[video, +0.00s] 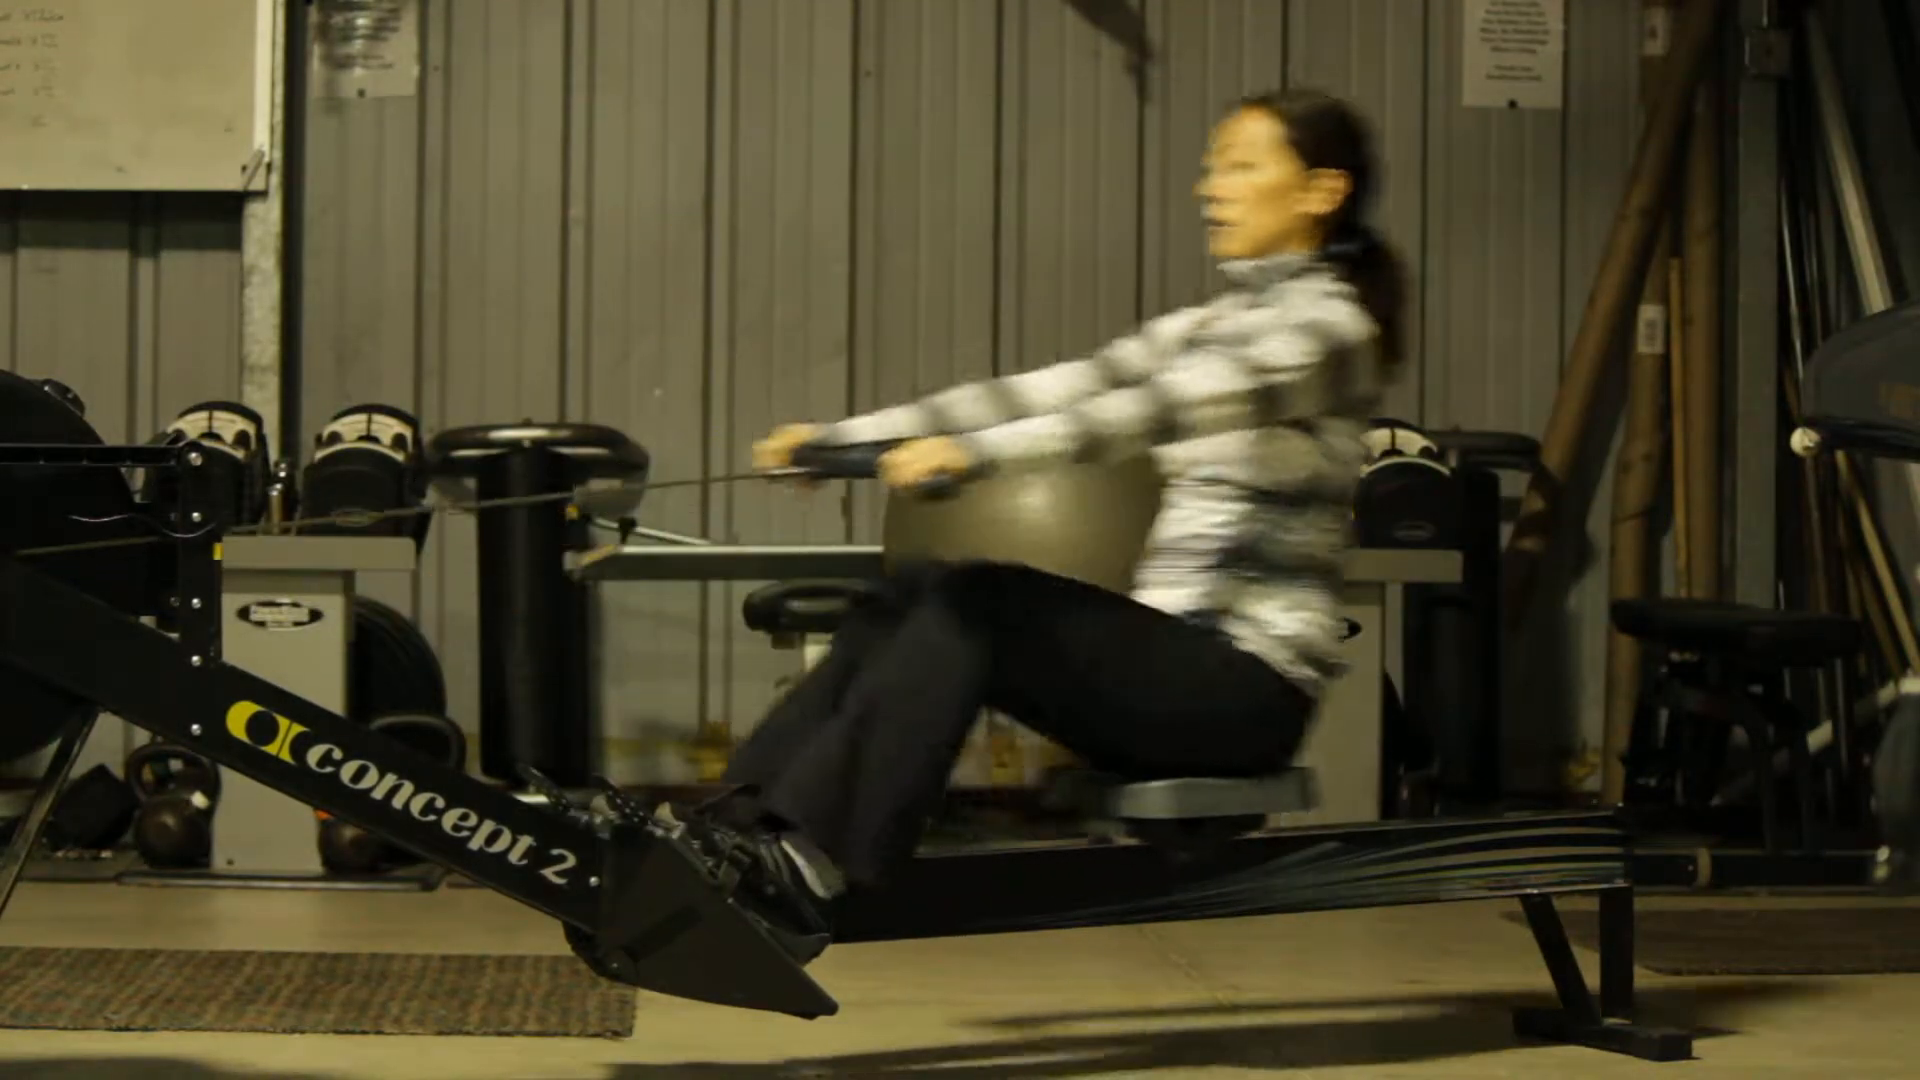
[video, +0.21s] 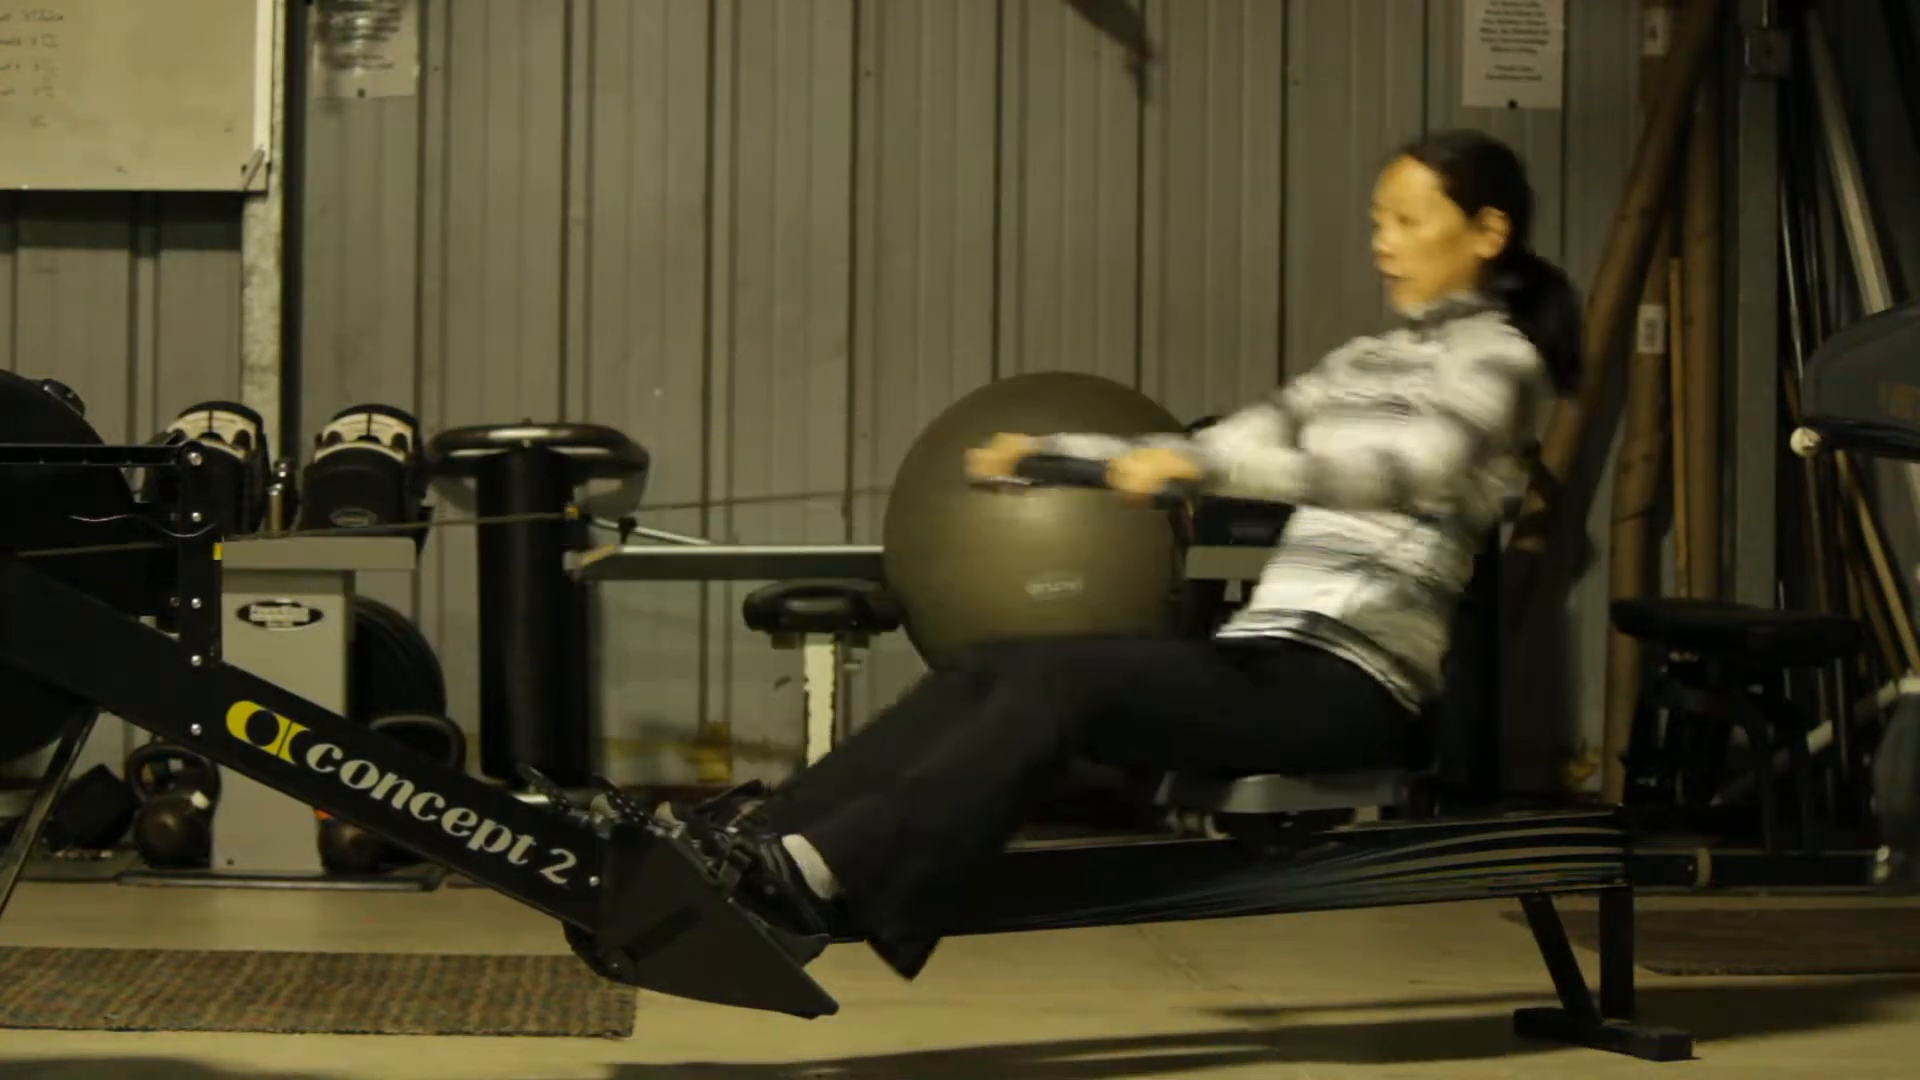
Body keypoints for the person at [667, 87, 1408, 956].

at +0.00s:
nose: (1209, 189)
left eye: (1239, 168)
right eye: (1213, 169)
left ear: (1324, 191)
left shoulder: (1327, 322)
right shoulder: (1217, 319)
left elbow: (1161, 405)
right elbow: (1057, 388)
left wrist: (980, 450)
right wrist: (849, 438)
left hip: (1250, 685)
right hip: (1171, 664)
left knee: (967, 602)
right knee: (904, 596)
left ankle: (815, 868)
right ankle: (734, 830)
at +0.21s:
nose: (1383, 243)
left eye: (1406, 223)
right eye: (1380, 224)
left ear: (1488, 233)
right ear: (1387, 235)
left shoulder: (1498, 355)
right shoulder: (1367, 357)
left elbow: (1412, 463)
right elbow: (1237, 445)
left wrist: (1208, 462)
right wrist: (1050, 459)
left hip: (1360, 680)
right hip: (1268, 656)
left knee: (1050, 681)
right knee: (987, 671)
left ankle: (812, 886)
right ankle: (749, 846)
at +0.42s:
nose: (1462, 309)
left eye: (1482, 285)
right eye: (1457, 287)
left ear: (1560, 289)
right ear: (1479, 292)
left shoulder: (1591, 414)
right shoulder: (1470, 407)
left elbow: (1600, 579)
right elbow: (1401, 534)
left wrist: (1426, 507)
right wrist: (1266, 503)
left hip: (1386, 686)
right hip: (1300, 659)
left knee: (1095, 732)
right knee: (1037, 709)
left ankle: (802, 884)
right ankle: (764, 851)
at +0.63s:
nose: (1460, 318)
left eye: (1479, 292)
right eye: (1453, 296)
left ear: (1556, 290)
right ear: (1475, 299)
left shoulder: (1603, 421)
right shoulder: (1473, 406)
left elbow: (1638, 610)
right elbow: (1434, 527)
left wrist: (1521, 511)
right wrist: (1342, 507)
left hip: (1391, 683)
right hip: (1299, 655)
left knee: (1099, 737)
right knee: (1041, 717)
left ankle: (800, 879)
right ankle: (762, 841)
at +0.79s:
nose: (1380, 275)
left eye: (1397, 252)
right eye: (1372, 253)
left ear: (1480, 242)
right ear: (1385, 252)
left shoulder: (1529, 372)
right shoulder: (1401, 365)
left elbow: (1526, 558)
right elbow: (1339, 524)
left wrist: (1337, 534)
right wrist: (1192, 529)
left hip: (1394, 681)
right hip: (1305, 657)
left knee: (1106, 738)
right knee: (1041, 720)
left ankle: (818, 887)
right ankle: (754, 848)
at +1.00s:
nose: (1164, 220)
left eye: (1189, 193)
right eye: (1160, 196)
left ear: (1275, 196)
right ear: (1156, 197)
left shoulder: (1321, 334)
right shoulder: (1182, 341)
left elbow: (1198, 518)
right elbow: (1061, 487)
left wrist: (1032, 622)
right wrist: (892, 600)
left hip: (1332, 681)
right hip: (1230, 659)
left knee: (1022, 686)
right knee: (966, 663)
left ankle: (827, 884)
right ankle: (766, 849)